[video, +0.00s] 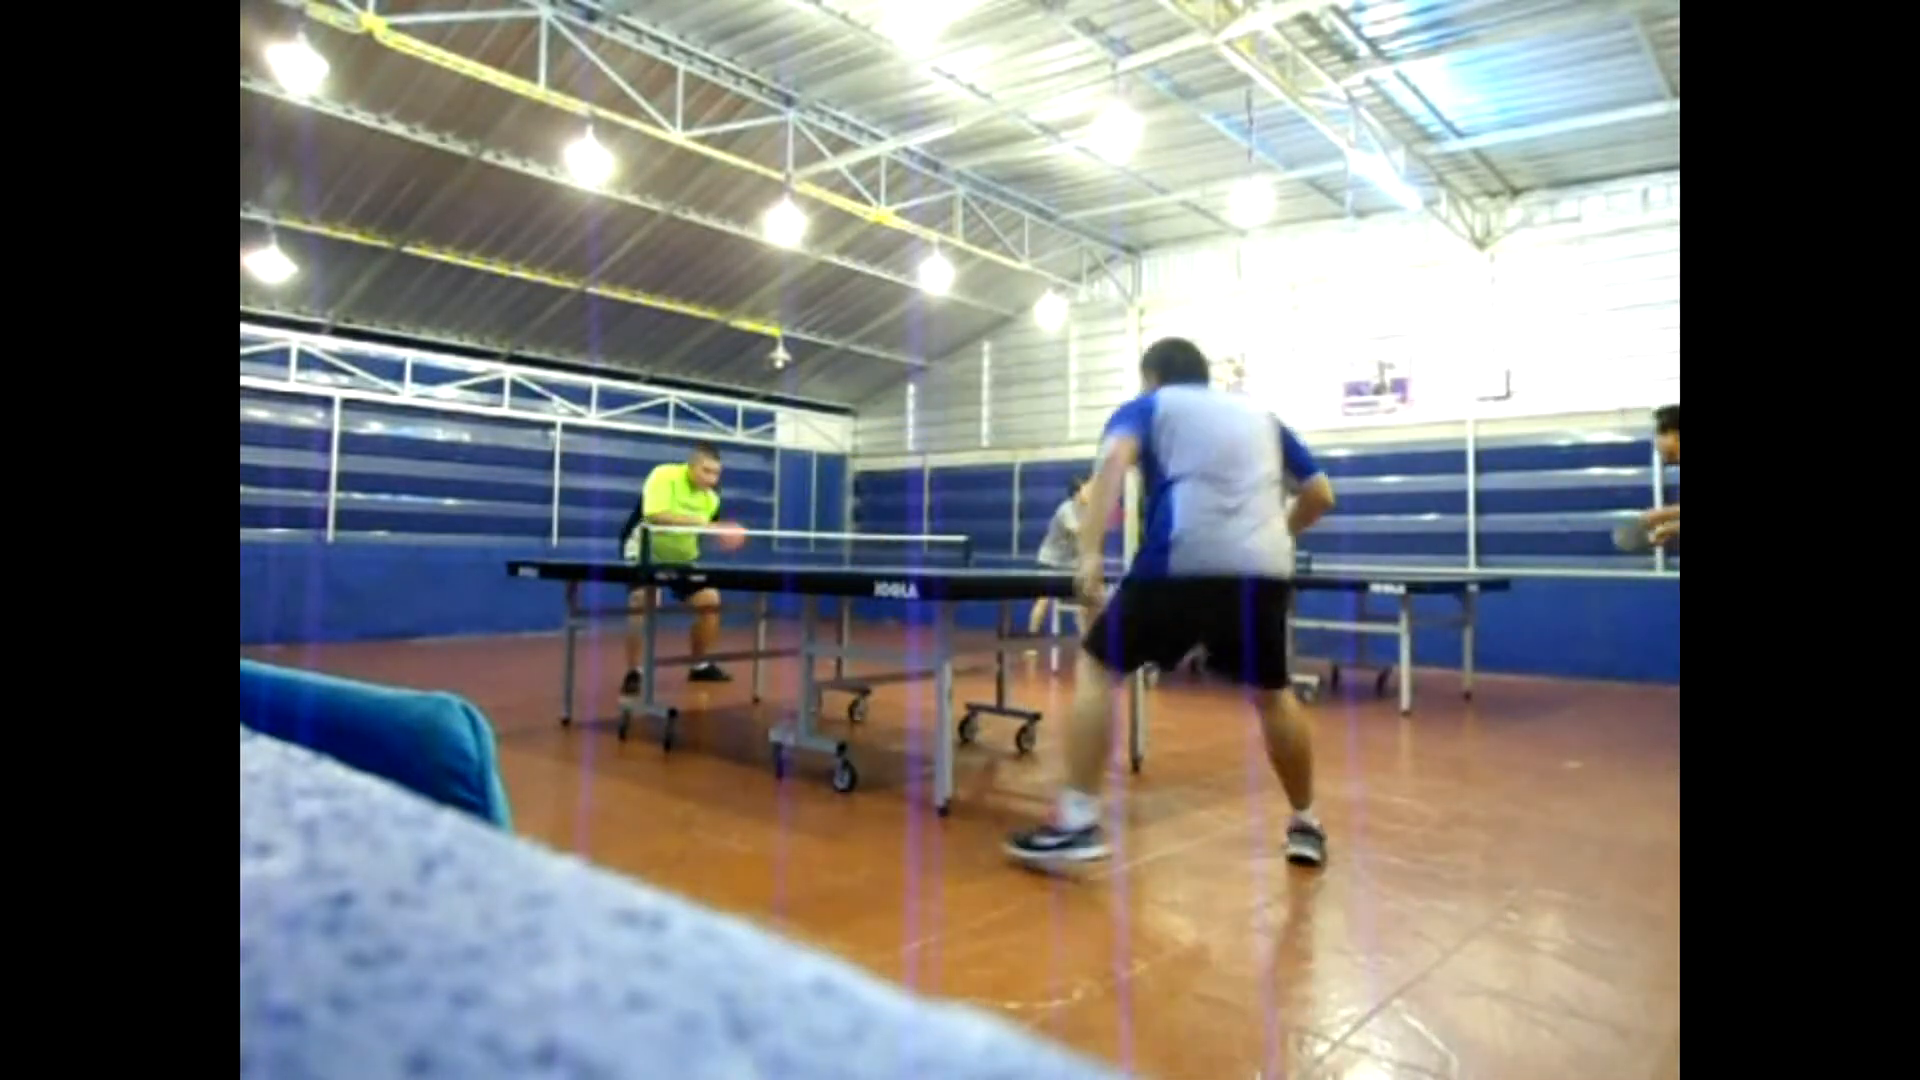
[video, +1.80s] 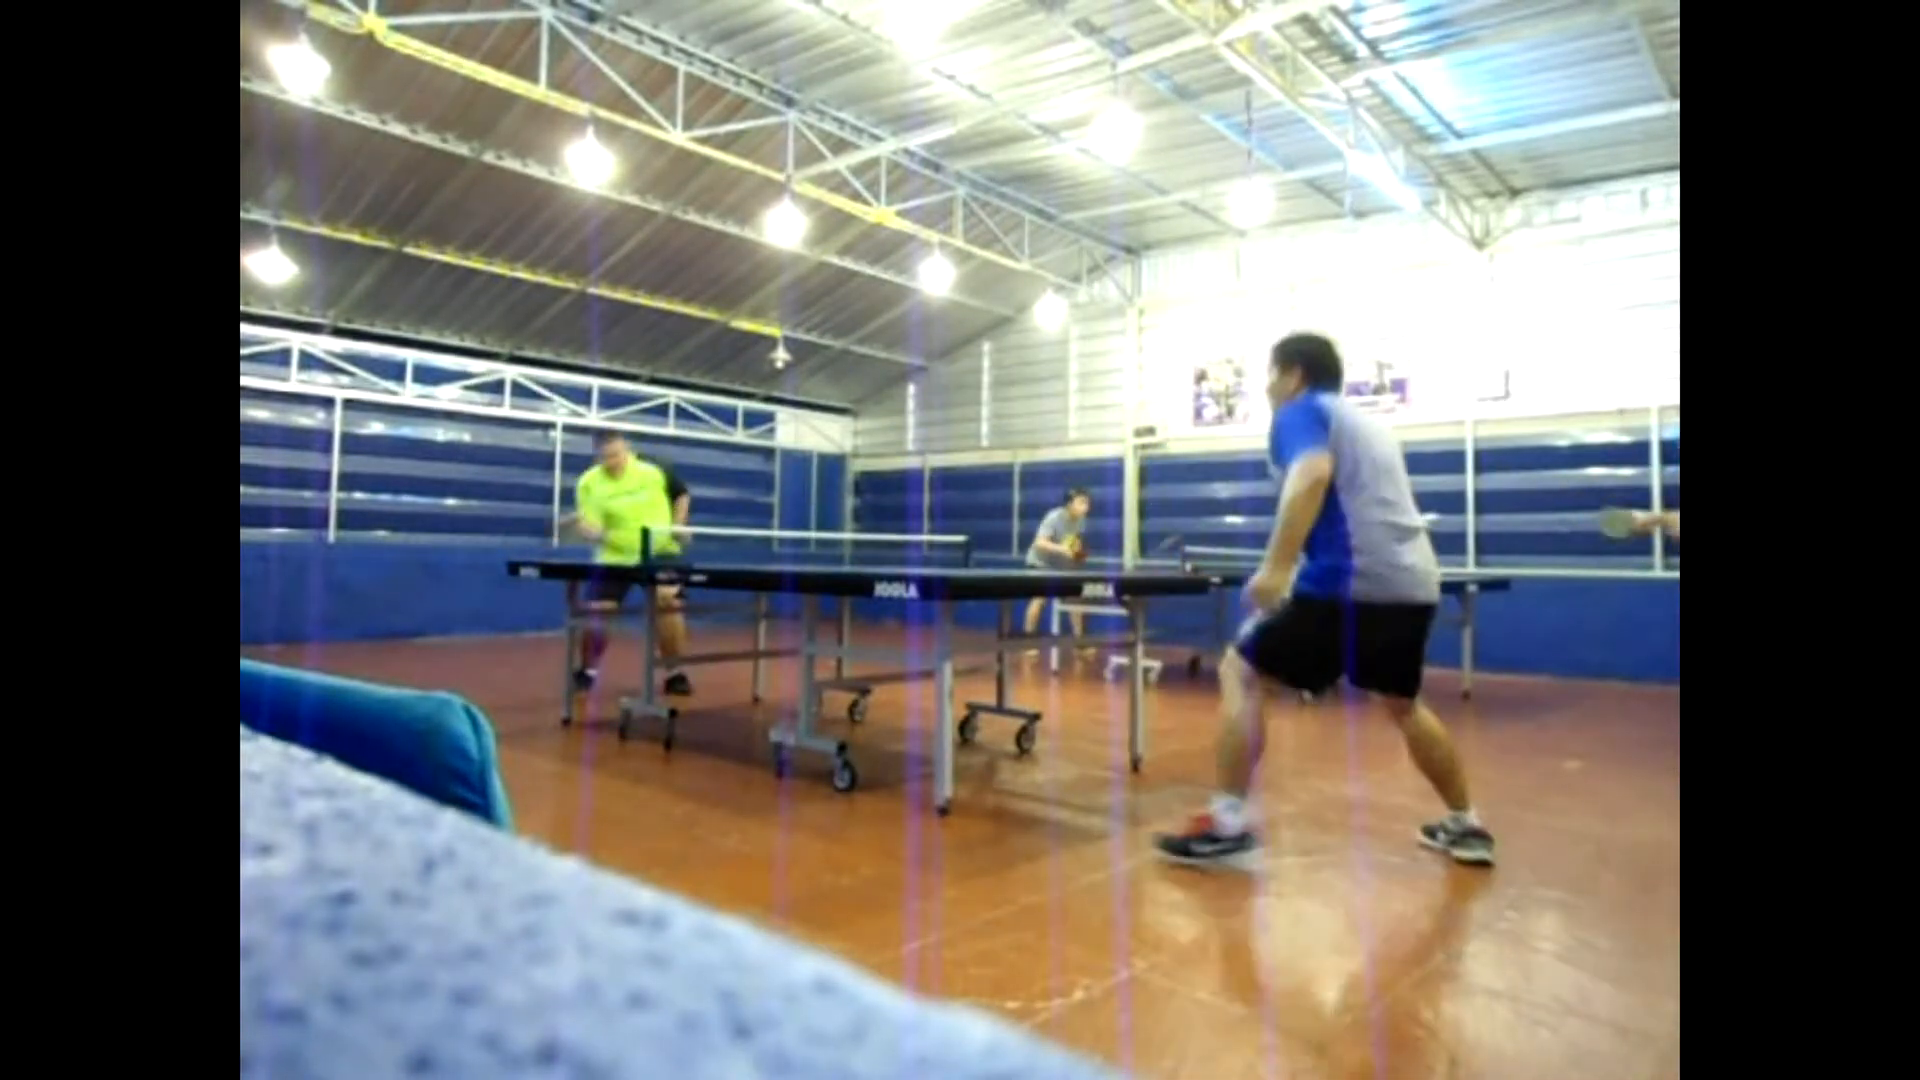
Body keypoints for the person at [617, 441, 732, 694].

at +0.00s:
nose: (712, 478)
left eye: (716, 473)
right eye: (707, 471)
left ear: (718, 473)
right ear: (691, 466)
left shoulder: (711, 499)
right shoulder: (663, 476)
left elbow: (704, 526)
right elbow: (654, 513)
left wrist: (724, 536)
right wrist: (699, 522)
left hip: (683, 556)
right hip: (648, 554)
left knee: (709, 601)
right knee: (642, 601)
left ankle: (701, 663)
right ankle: (634, 670)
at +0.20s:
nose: (716, 467)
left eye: (720, 462)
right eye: (710, 460)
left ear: (723, 466)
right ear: (696, 460)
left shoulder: (720, 499)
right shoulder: (670, 470)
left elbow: (721, 529)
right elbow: (628, 475)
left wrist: (743, 526)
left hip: (691, 563)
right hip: (652, 557)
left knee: (717, 605)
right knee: (647, 603)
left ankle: (701, 664)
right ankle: (634, 671)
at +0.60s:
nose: (699, 442)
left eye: (705, 438)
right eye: (695, 435)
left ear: (710, 444)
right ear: (682, 436)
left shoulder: (712, 478)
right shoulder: (656, 457)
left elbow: (717, 511)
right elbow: (620, 484)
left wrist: (715, 525)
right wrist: (588, 503)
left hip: (689, 545)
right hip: (647, 541)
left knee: (701, 599)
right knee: (627, 600)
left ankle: (701, 661)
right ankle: (606, 661)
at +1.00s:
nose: (656, 433)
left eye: (661, 427)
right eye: (651, 426)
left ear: (666, 430)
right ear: (637, 427)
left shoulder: (675, 462)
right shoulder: (613, 453)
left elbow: (686, 497)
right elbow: (597, 487)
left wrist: (673, 513)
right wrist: (606, 509)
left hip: (661, 540)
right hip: (619, 540)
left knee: (669, 600)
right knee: (610, 603)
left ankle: (668, 659)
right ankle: (599, 660)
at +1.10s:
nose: (649, 433)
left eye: (653, 427)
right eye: (643, 427)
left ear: (658, 430)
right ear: (630, 429)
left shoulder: (674, 460)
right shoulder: (608, 456)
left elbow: (687, 498)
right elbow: (592, 495)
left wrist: (664, 511)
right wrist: (587, 522)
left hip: (661, 538)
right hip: (619, 537)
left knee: (668, 599)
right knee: (603, 598)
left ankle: (668, 658)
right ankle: (591, 657)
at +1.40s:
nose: (606, 447)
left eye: (610, 440)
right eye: (599, 441)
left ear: (618, 438)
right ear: (589, 442)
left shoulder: (641, 464)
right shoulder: (576, 474)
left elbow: (667, 498)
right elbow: (571, 518)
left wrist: (645, 521)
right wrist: (551, 543)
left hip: (646, 549)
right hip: (601, 551)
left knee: (669, 600)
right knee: (594, 605)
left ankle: (670, 655)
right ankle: (585, 666)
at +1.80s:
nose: (613, 462)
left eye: (617, 455)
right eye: (606, 457)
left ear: (627, 449)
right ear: (599, 456)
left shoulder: (653, 472)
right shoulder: (589, 482)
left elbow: (681, 494)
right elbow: (586, 518)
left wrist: (677, 525)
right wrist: (592, 530)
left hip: (658, 549)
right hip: (615, 553)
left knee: (668, 600)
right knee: (599, 610)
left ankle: (674, 669)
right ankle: (588, 669)